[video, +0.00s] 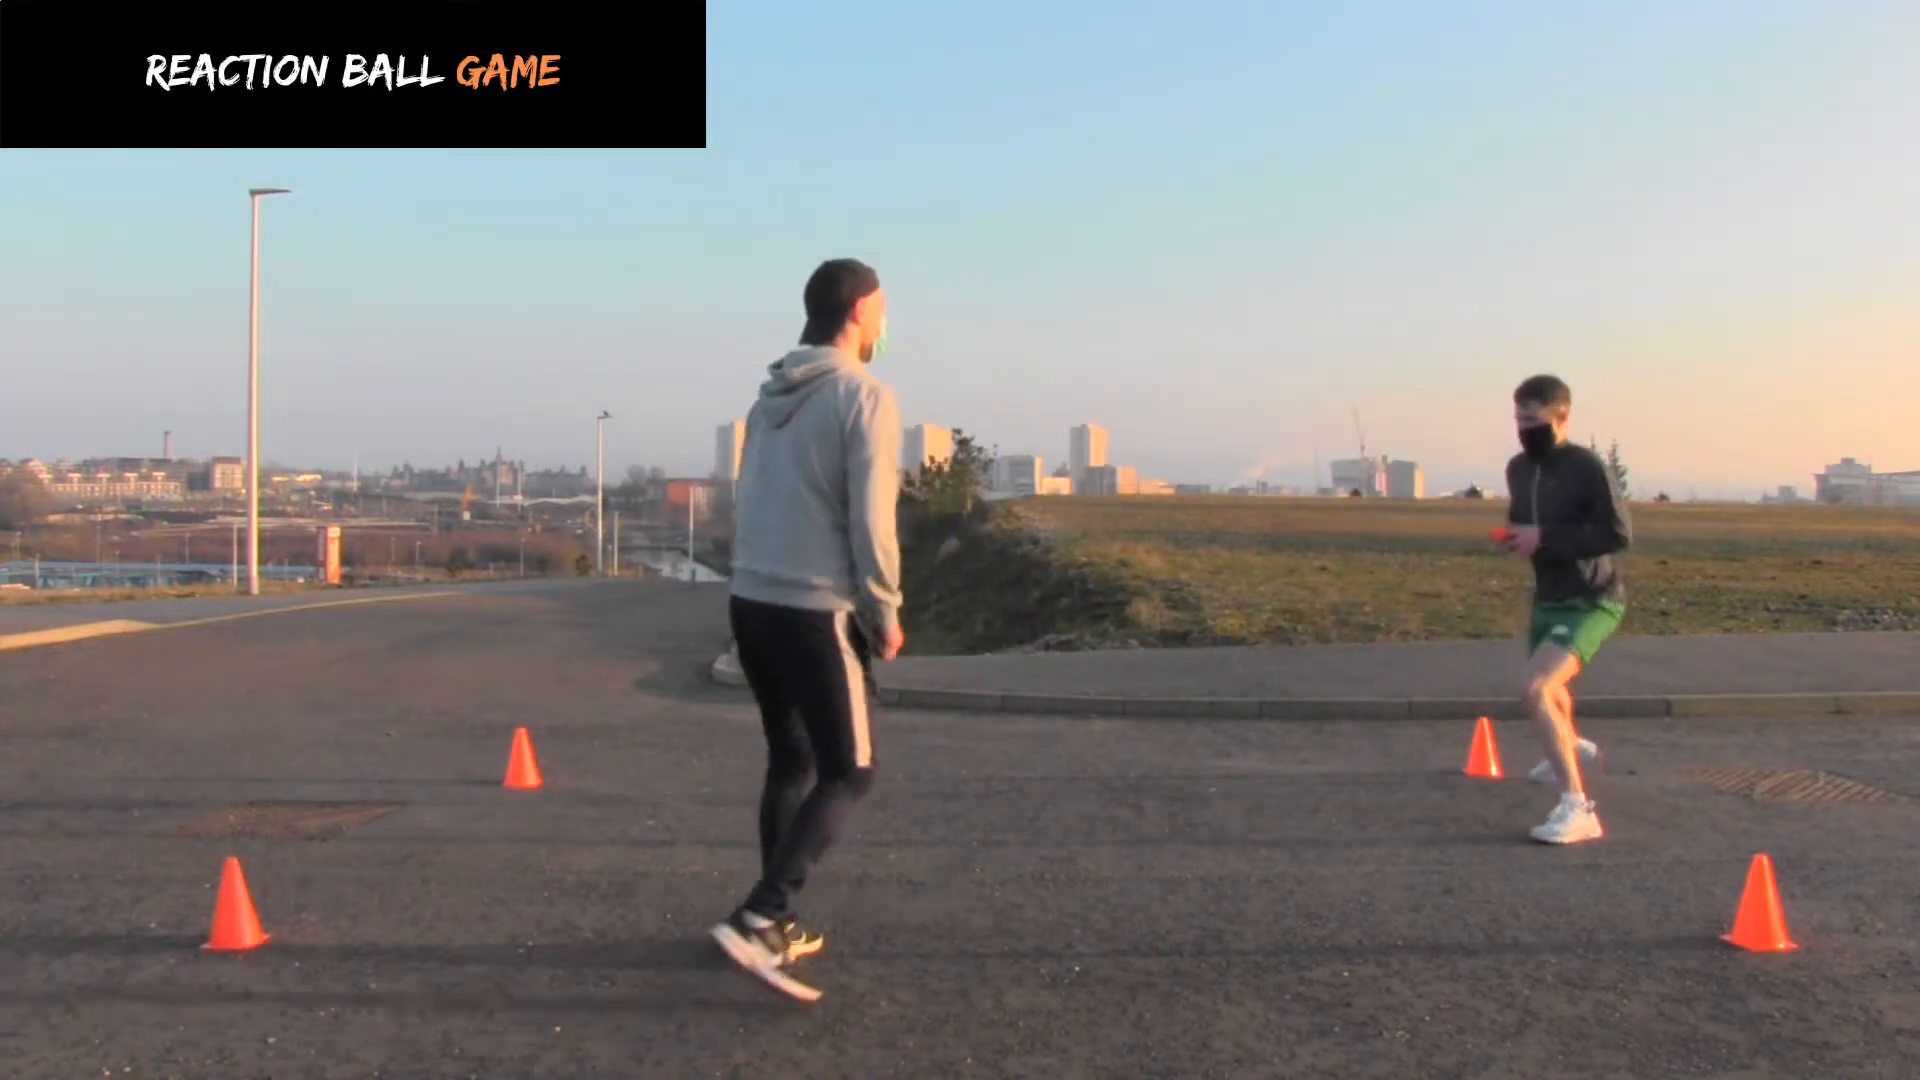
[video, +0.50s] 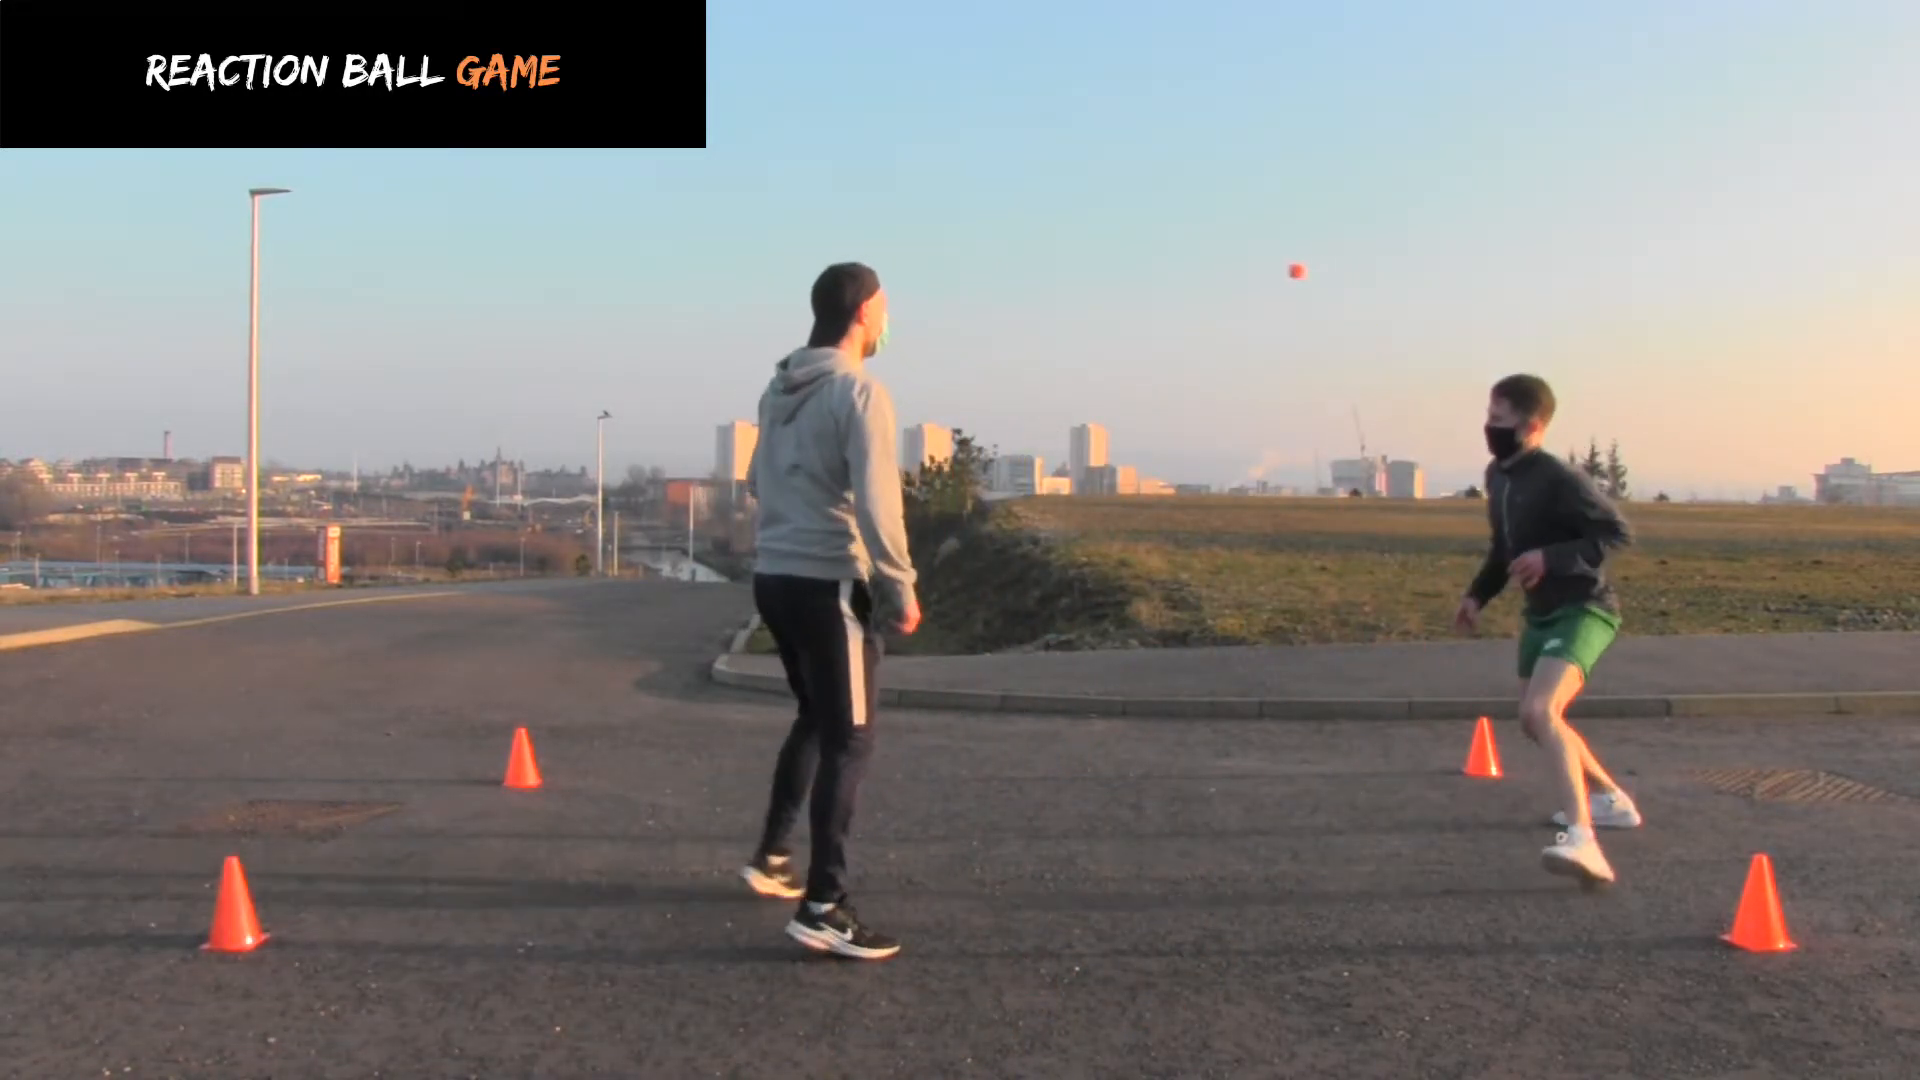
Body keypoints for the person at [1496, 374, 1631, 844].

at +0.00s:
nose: (1526, 431)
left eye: (1536, 422)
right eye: (1521, 421)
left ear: (1563, 417)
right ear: (1516, 418)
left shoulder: (1588, 466)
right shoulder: (1519, 470)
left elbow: (1617, 533)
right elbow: (1525, 524)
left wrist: (1545, 537)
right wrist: (1512, 535)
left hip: (1595, 598)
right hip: (1549, 598)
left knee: (1538, 687)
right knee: (1550, 694)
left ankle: (1577, 804)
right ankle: (1568, 751)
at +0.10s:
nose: (1515, 395)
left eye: (1524, 387)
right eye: (1512, 386)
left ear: (1558, 384)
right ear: (1513, 385)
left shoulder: (1584, 436)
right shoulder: (1526, 437)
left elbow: (1613, 508)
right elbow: (1509, 492)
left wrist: (1538, 514)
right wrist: (1456, 493)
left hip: (1592, 579)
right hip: (1552, 574)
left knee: (1543, 685)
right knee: (1544, 677)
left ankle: (1577, 804)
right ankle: (1591, 751)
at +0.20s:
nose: (1511, 373)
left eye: (1520, 363)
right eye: (1509, 364)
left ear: (1554, 363)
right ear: (1516, 364)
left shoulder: (1580, 416)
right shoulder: (1523, 415)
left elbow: (1613, 487)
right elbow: (1481, 451)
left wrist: (1534, 498)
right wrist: (1423, 425)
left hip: (1592, 564)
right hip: (1551, 561)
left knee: (1554, 675)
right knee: (1537, 668)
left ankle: (1581, 799)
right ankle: (1598, 760)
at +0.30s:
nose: (1508, 368)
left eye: (1518, 359)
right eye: (1506, 359)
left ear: (1552, 360)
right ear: (1509, 360)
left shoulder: (1581, 418)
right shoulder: (1520, 414)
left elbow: (1619, 487)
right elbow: (1500, 462)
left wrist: (1542, 505)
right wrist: (1440, 451)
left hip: (1590, 559)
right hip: (1549, 559)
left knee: (1546, 673)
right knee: (1538, 677)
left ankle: (1598, 790)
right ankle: (1602, 778)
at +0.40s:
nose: (1504, 387)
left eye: (1514, 379)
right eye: (1504, 378)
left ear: (1548, 384)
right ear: (1521, 382)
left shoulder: (1574, 443)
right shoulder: (1518, 437)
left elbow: (1616, 512)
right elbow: (1513, 505)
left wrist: (1545, 533)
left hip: (1587, 577)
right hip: (1546, 576)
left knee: (1545, 685)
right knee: (1536, 692)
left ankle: (1596, 816)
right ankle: (1609, 789)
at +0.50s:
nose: (1490, 429)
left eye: (1502, 422)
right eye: (1490, 419)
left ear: (1534, 426)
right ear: (1490, 416)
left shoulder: (1556, 476)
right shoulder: (1499, 478)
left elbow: (1616, 533)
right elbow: (1505, 547)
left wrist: (1551, 557)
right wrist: (1476, 596)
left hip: (1584, 609)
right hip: (1540, 614)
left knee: (1541, 711)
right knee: (1538, 717)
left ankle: (1582, 838)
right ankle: (1611, 797)